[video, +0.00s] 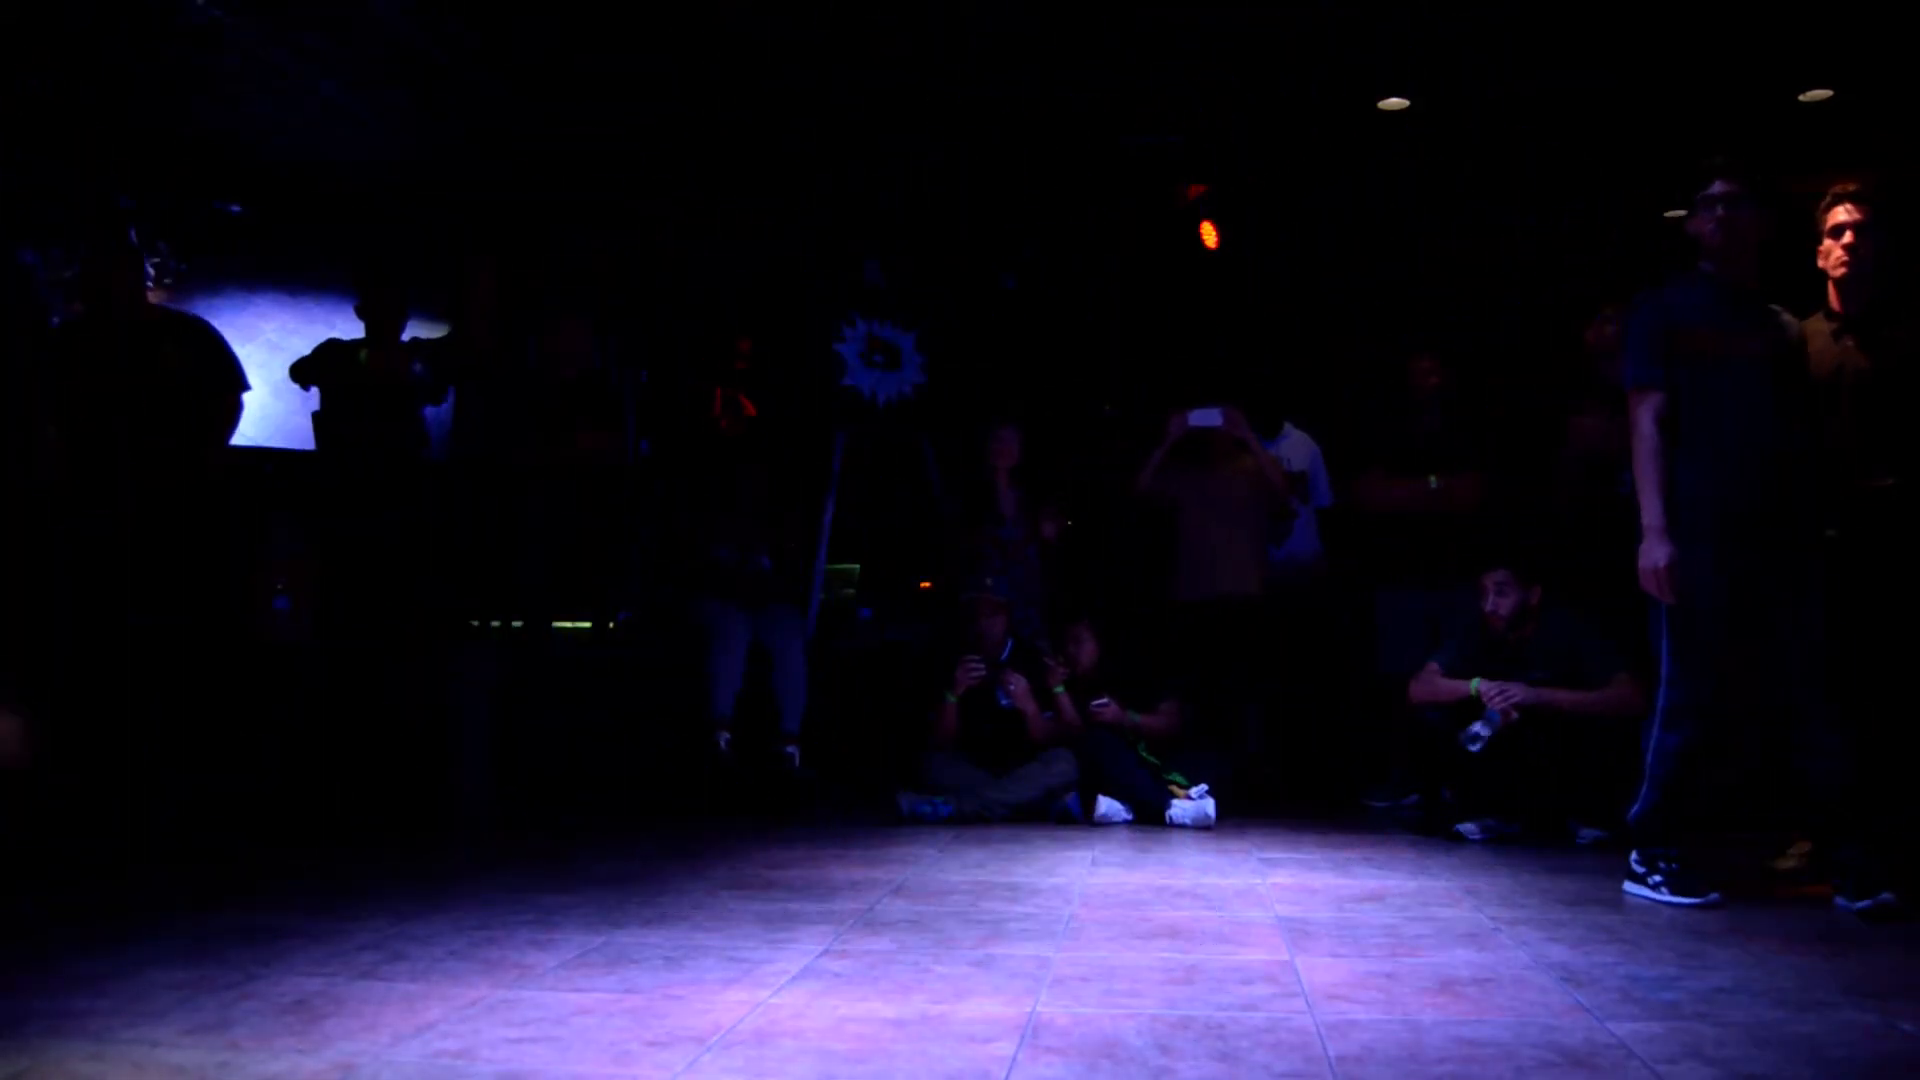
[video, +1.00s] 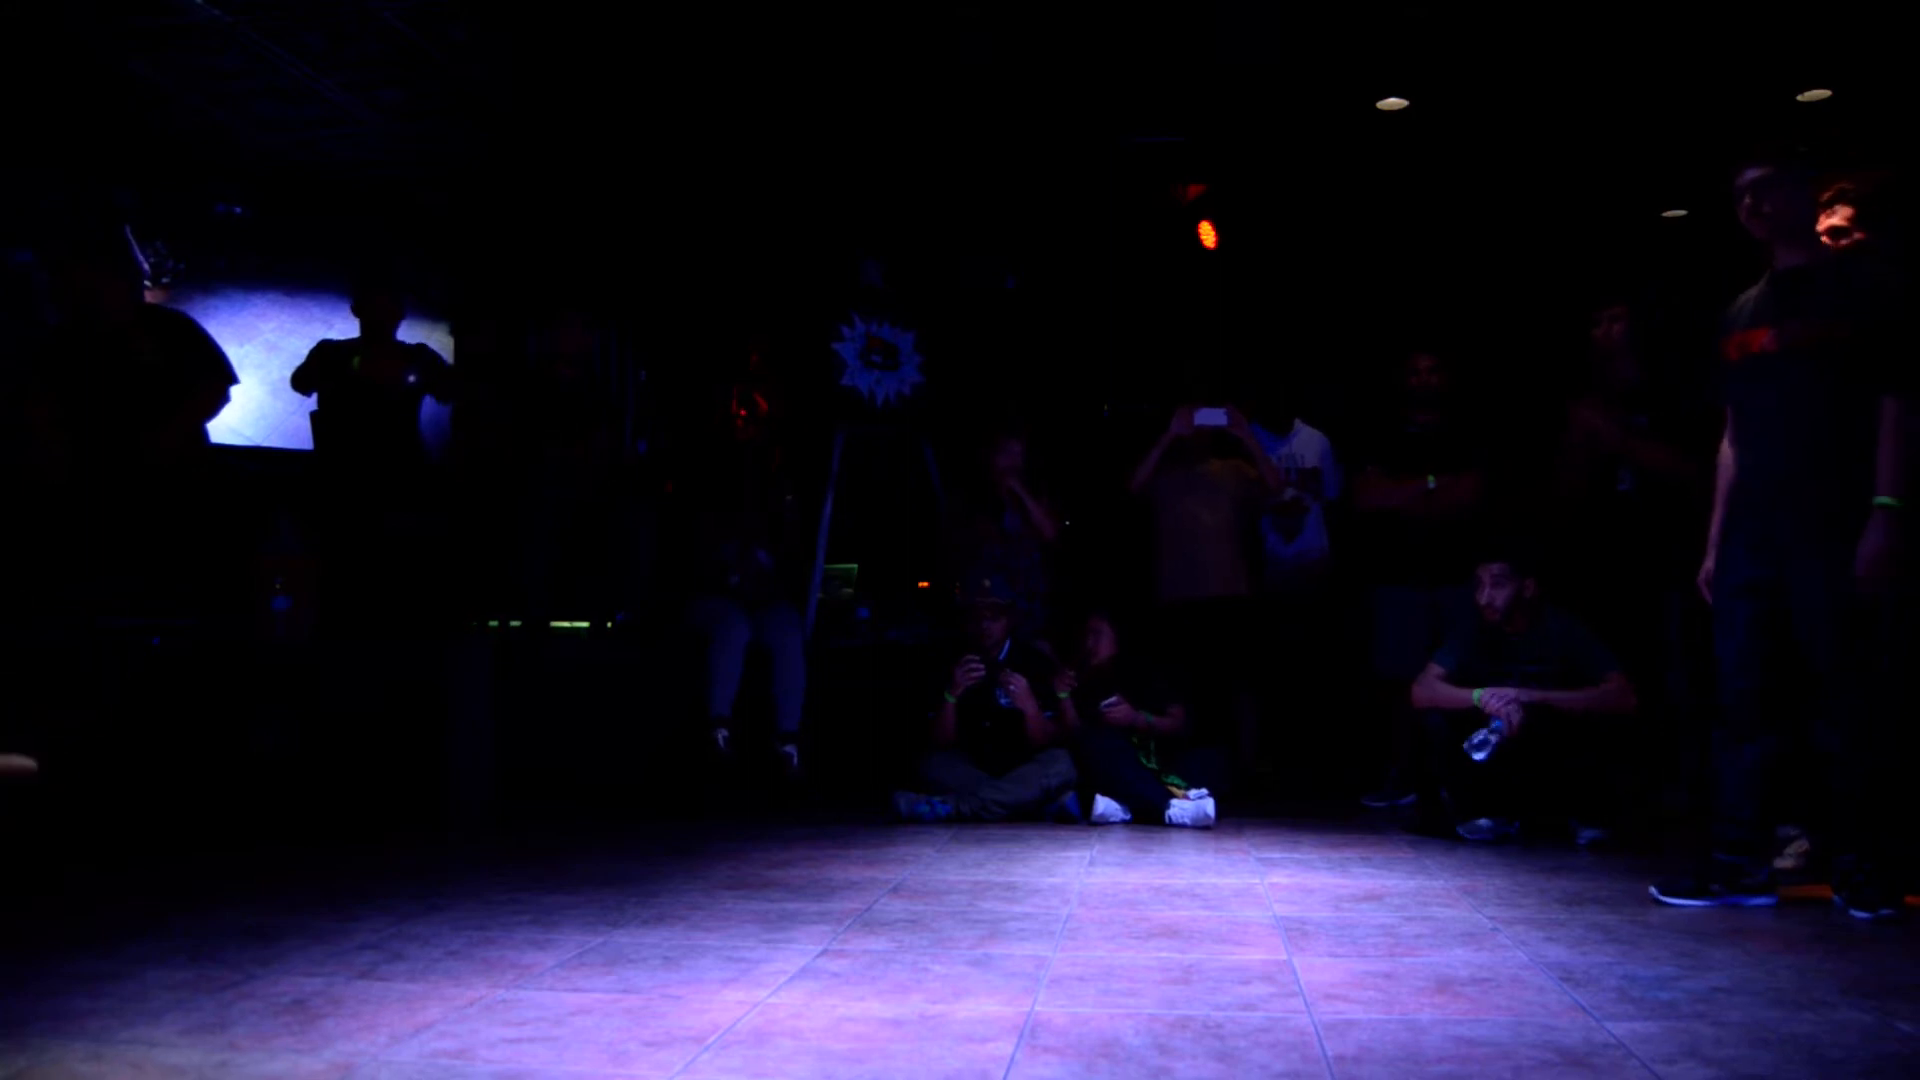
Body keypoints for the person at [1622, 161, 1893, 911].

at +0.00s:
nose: (1716, 219)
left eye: (1732, 207)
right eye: (1705, 207)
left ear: (1761, 224)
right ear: (1688, 225)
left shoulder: (1778, 321)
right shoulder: (1664, 312)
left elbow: (1804, 428)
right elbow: (1647, 425)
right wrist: (1654, 533)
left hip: (1780, 531)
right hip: (1699, 534)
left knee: (1808, 694)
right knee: (1689, 699)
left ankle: (1850, 866)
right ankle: (1653, 856)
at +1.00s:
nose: (1753, 208)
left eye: (1767, 192)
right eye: (1745, 197)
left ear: (1807, 195)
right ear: (1743, 212)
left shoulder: (1861, 281)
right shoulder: (1747, 310)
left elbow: (1893, 407)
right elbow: (1734, 437)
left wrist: (1885, 513)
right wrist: (1716, 544)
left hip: (1839, 522)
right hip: (1760, 525)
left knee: (1851, 696)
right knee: (1748, 692)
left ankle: (1867, 870)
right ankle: (1741, 861)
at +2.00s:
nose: (1647, 226)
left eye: (1661, 211)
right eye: (1639, 215)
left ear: (1697, 216)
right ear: (1636, 229)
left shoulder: (1742, 302)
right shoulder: (1652, 320)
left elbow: (1764, 420)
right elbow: (1643, 442)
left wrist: (1736, 521)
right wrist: (1612, 546)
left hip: (1718, 529)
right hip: (1663, 532)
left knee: (1717, 691)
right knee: (1687, 692)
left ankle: (1774, 873)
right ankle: (1730, 869)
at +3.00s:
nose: (1583, 225)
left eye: (1598, 211)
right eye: (1581, 213)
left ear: (1642, 217)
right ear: (1609, 226)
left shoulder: (1653, 299)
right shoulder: (1647, 297)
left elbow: (1632, 425)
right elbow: (1640, 424)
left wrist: (1580, 526)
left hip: (1649, 520)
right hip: (1657, 514)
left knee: (1638, 684)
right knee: (1672, 675)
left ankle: (1644, 857)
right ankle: (1755, 816)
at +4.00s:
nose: (1492, 240)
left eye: (1508, 229)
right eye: (1489, 230)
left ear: (1543, 240)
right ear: (1487, 245)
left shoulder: (1571, 319)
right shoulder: (1495, 338)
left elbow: (1586, 431)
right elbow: (1475, 456)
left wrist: (1565, 529)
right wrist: (1440, 546)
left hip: (1545, 543)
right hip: (1489, 549)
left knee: (1579, 699)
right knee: (1510, 697)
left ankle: (1637, 850)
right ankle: (1519, 839)